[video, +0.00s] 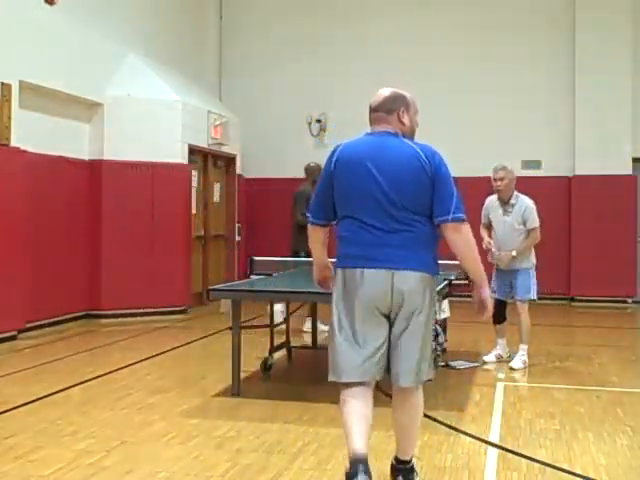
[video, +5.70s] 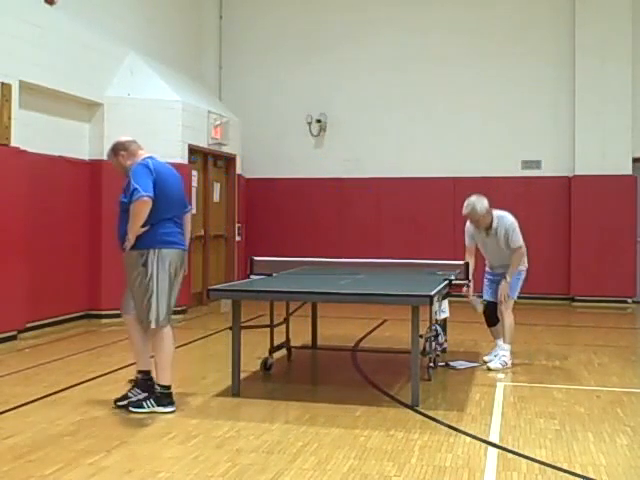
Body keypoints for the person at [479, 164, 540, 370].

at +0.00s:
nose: (497, 184)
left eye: (501, 180)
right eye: (495, 180)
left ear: (512, 180)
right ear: (492, 183)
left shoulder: (526, 205)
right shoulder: (490, 203)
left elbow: (535, 235)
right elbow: (484, 225)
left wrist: (513, 253)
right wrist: (486, 238)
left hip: (522, 264)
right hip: (500, 263)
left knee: (521, 306)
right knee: (498, 306)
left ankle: (523, 351)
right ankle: (501, 348)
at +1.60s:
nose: (512, 179)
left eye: (516, 175)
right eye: (508, 174)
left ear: (523, 178)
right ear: (503, 177)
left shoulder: (531, 201)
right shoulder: (493, 199)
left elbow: (541, 230)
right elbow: (482, 227)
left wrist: (519, 226)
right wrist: (483, 219)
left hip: (520, 260)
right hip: (497, 259)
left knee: (523, 305)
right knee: (497, 304)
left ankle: (527, 349)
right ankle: (501, 347)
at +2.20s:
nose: (506, 176)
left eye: (510, 172)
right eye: (503, 172)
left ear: (521, 175)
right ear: (500, 176)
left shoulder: (529, 198)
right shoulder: (495, 200)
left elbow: (529, 216)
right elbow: (489, 225)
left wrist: (511, 195)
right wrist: (476, 227)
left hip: (519, 259)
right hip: (497, 258)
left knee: (523, 304)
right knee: (497, 304)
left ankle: (526, 349)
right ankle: (501, 346)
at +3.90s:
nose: (501, 187)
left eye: (505, 183)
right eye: (499, 183)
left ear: (517, 180)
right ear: (497, 183)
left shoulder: (531, 201)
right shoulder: (495, 198)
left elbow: (537, 229)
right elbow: (483, 223)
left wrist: (513, 227)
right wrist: (483, 219)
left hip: (520, 261)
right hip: (497, 260)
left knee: (523, 305)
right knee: (497, 304)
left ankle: (527, 350)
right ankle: (501, 347)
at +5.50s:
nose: (480, 200)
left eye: (483, 195)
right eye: (478, 196)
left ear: (494, 190)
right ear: (477, 193)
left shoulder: (511, 205)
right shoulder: (476, 206)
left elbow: (520, 236)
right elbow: (471, 231)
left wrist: (504, 257)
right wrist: (475, 249)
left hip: (508, 263)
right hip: (487, 263)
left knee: (506, 305)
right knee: (490, 306)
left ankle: (508, 350)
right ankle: (499, 346)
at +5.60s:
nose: (476, 209)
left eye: (479, 206)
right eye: (474, 206)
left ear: (490, 200)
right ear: (473, 203)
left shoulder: (509, 212)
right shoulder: (474, 213)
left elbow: (518, 244)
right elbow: (472, 240)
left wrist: (504, 269)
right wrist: (473, 261)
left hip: (510, 263)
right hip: (489, 264)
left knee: (506, 305)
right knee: (489, 306)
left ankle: (506, 352)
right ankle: (499, 346)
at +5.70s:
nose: (471, 223)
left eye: (474, 220)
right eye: (470, 220)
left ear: (485, 214)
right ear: (469, 216)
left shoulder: (507, 222)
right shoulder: (471, 227)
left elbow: (519, 251)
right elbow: (470, 254)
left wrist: (507, 280)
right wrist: (469, 282)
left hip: (514, 267)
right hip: (492, 268)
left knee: (504, 306)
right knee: (488, 309)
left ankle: (506, 352)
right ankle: (500, 346)